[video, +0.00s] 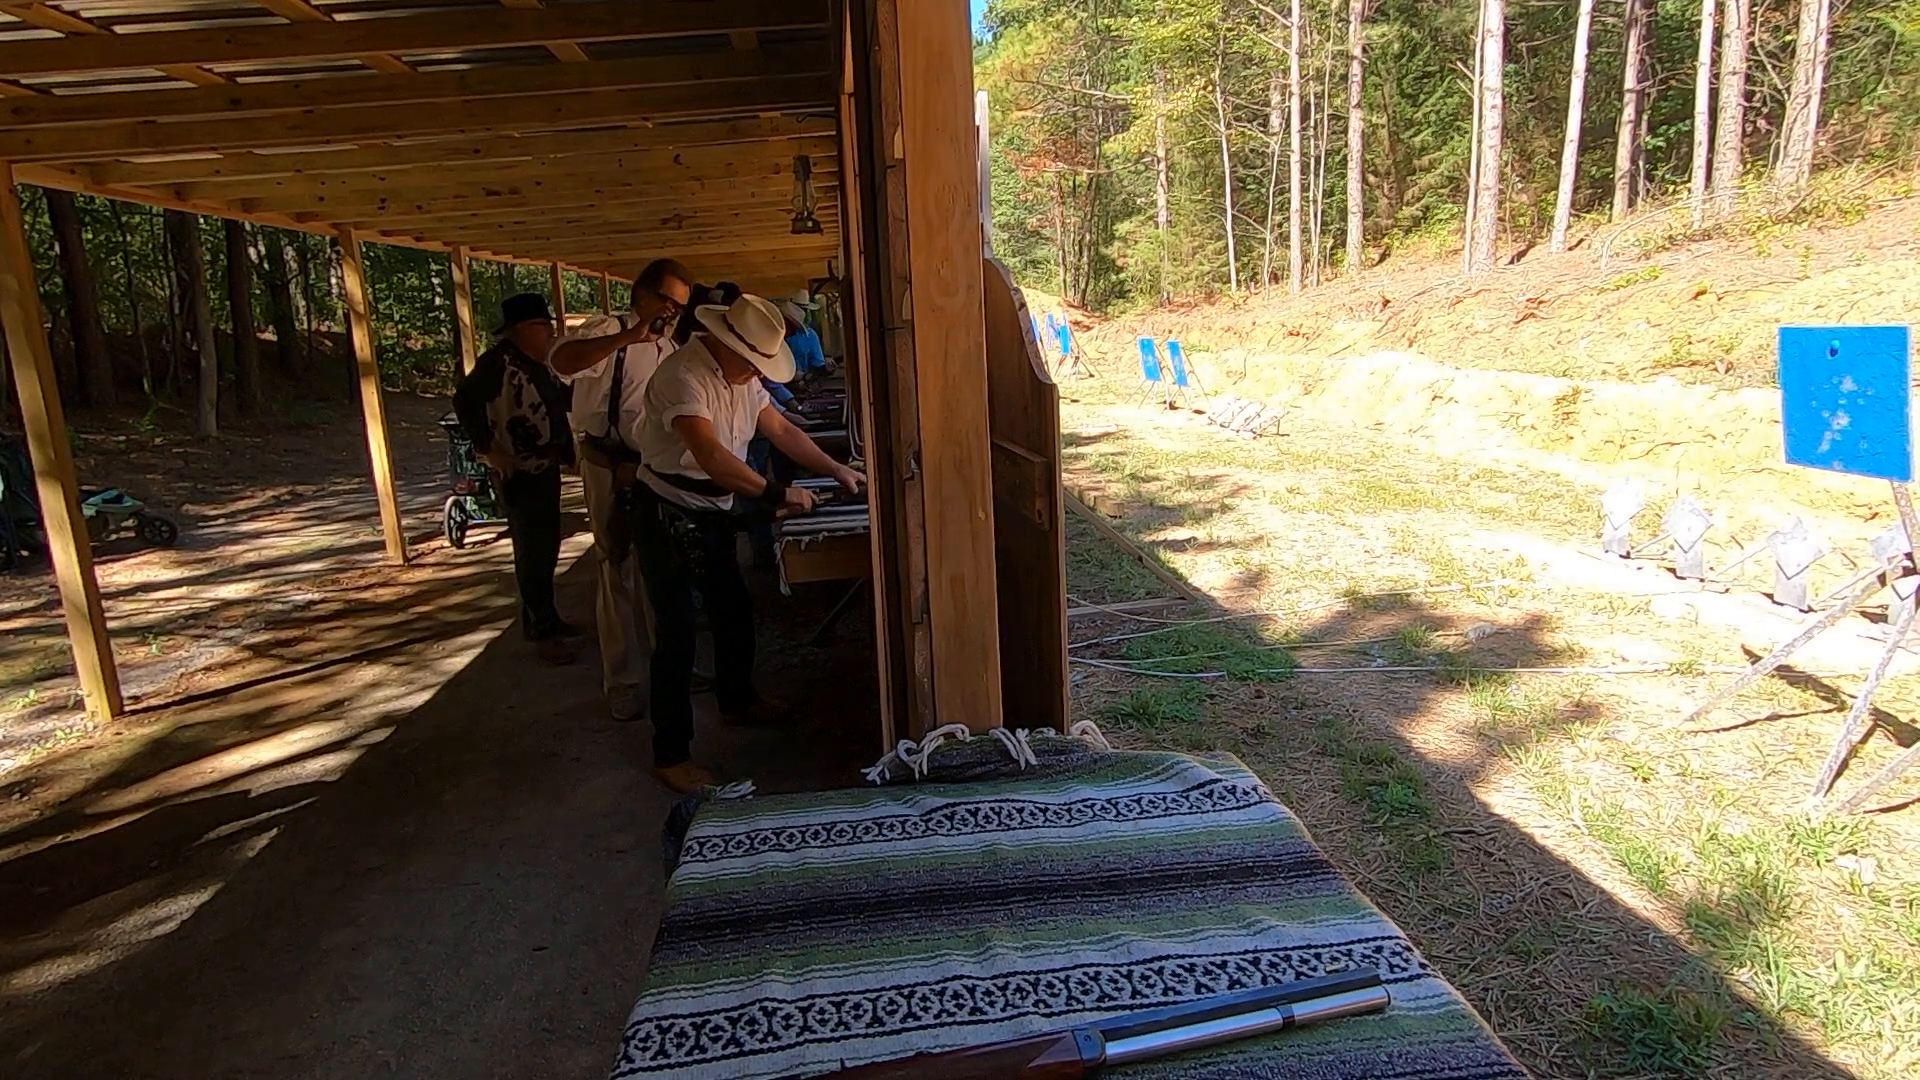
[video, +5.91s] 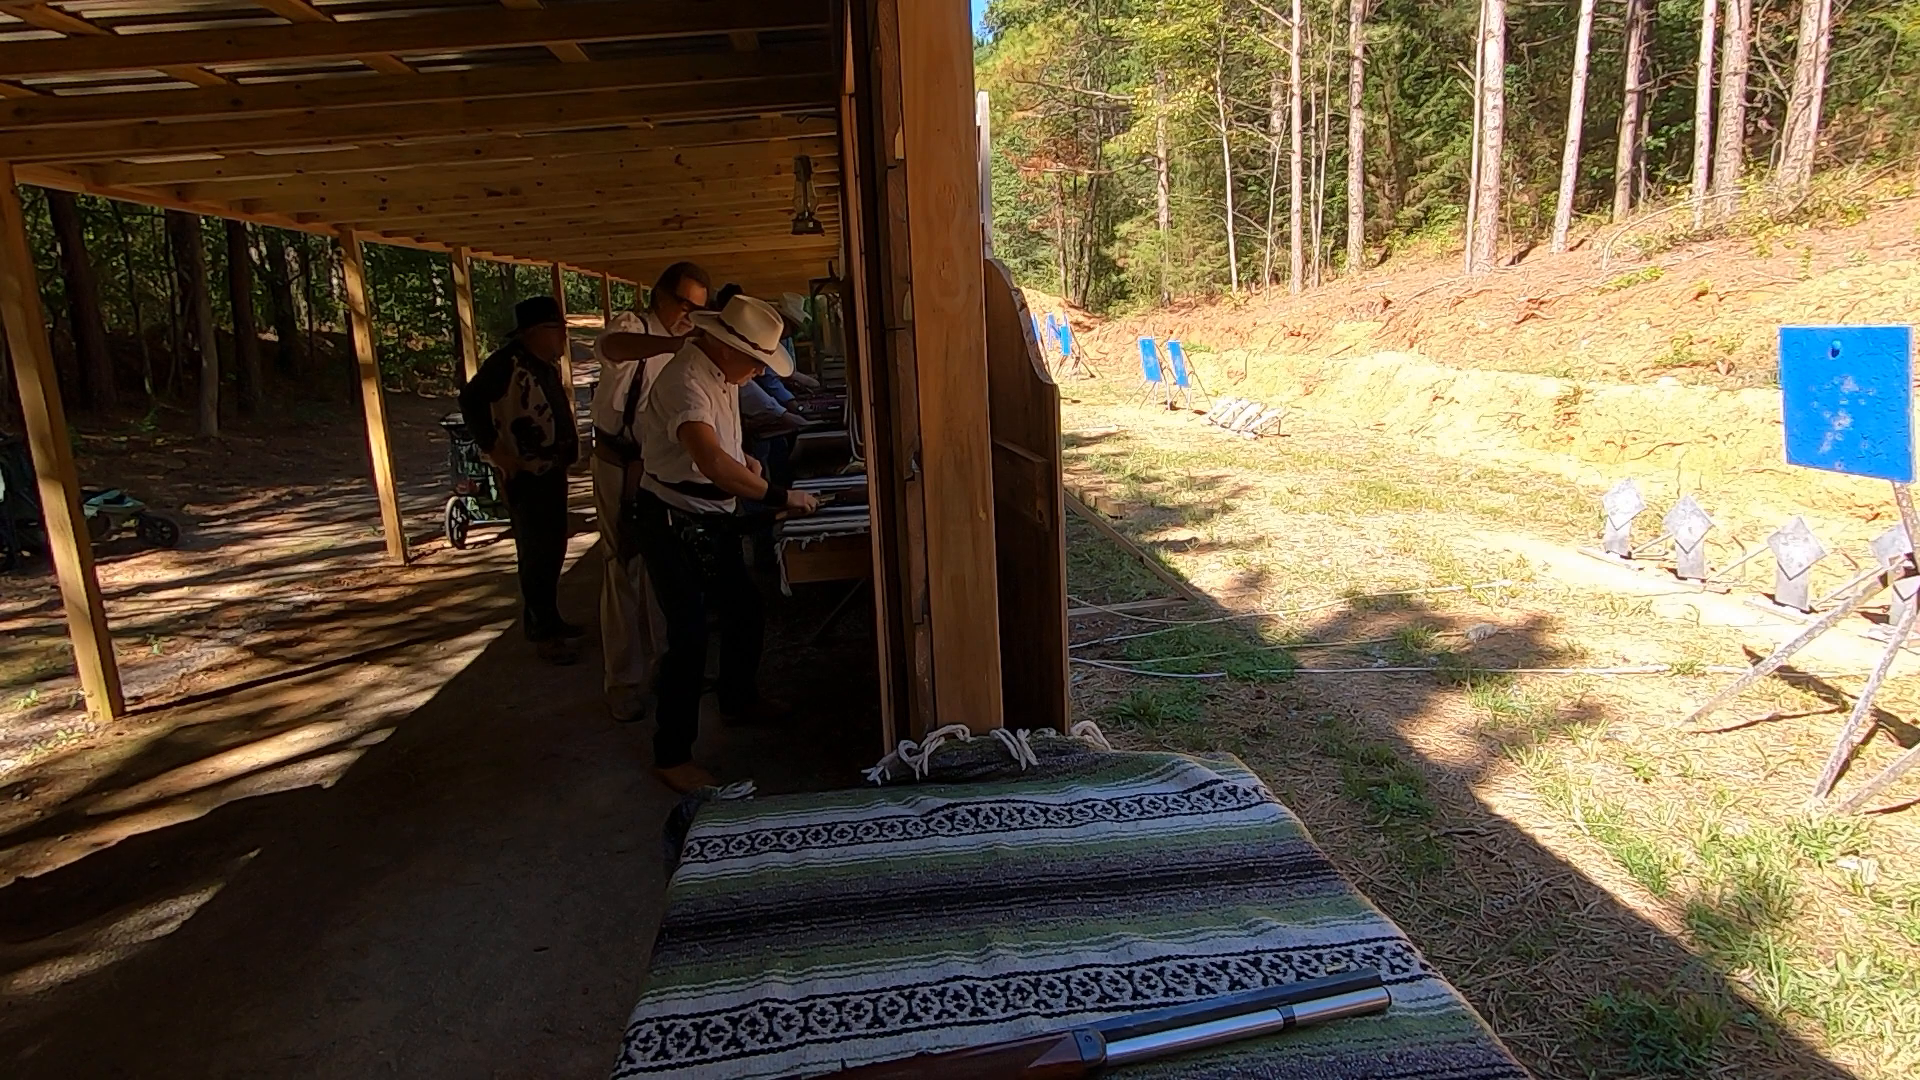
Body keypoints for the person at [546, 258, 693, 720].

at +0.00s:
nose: (671, 311)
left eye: (679, 305)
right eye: (664, 300)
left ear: (683, 308)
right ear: (640, 293)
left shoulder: (670, 348)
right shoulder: (609, 328)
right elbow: (560, 361)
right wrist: (625, 338)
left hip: (658, 464)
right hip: (607, 465)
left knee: (661, 569)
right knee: (617, 571)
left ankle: (669, 667)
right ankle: (623, 685)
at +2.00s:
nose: (686, 310)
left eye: (695, 305)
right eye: (680, 299)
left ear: (702, 308)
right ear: (657, 293)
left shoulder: (695, 346)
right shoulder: (626, 327)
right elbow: (579, 357)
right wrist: (647, 337)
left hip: (675, 465)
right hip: (620, 464)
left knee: (673, 571)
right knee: (626, 572)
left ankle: (677, 671)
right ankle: (624, 683)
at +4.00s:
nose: (690, 314)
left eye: (696, 309)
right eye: (684, 304)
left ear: (698, 310)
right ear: (659, 297)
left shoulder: (692, 347)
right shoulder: (631, 326)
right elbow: (599, 347)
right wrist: (668, 342)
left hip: (670, 464)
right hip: (619, 465)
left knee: (673, 566)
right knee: (626, 572)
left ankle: (674, 668)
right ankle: (623, 681)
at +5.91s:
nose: (689, 314)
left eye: (696, 309)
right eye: (683, 304)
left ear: (699, 311)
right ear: (659, 295)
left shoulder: (690, 344)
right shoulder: (631, 325)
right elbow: (609, 347)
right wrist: (674, 345)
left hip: (668, 461)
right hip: (618, 462)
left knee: (669, 563)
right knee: (625, 569)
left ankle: (671, 665)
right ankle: (624, 682)